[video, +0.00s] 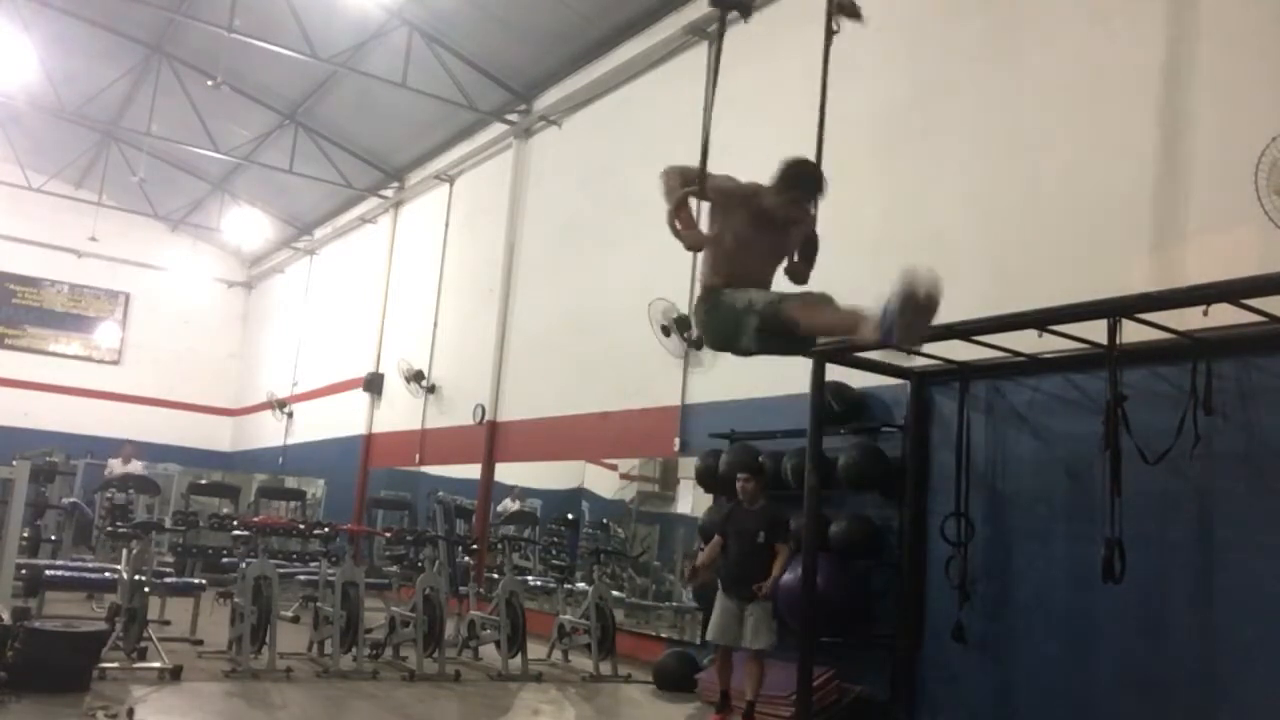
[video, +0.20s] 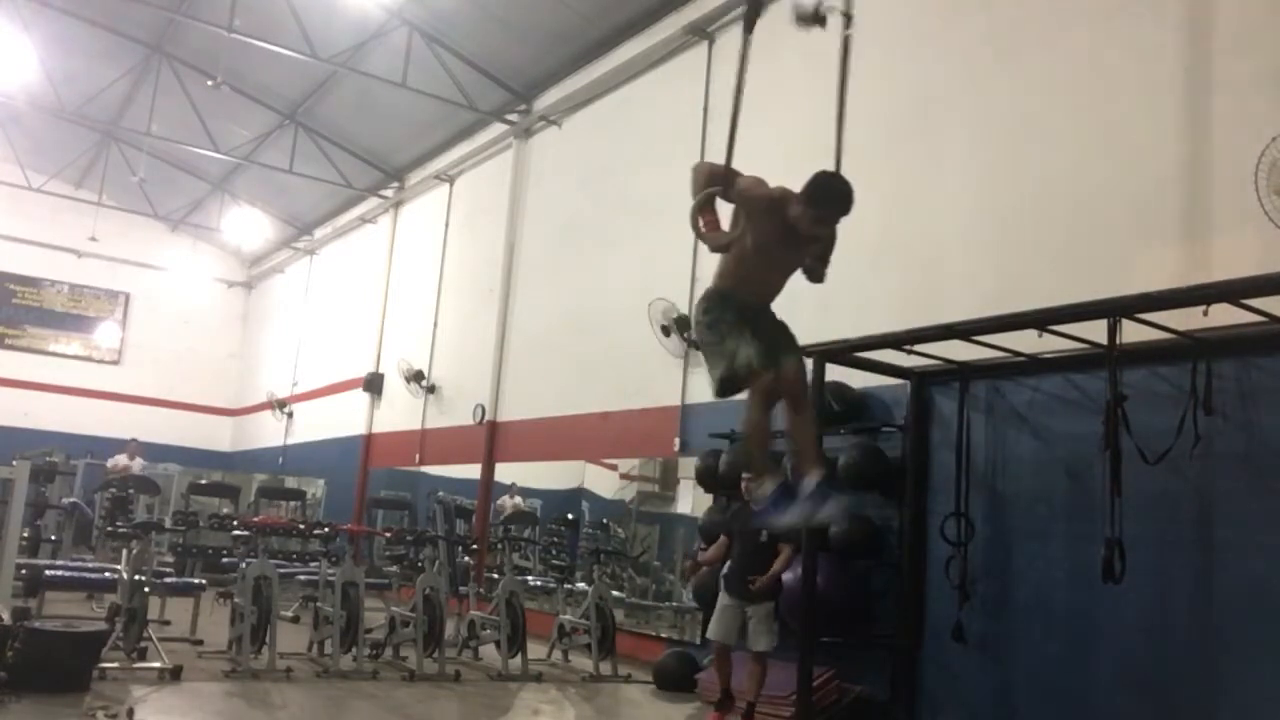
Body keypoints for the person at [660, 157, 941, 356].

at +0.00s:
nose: (800, 215)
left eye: (805, 209)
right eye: (796, 207)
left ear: (808, 203)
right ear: (778, 193)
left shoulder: (799, 222)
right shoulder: (738, 194)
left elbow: (798, 277)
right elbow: (673, 177)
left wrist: (809, 245)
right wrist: (685, 225)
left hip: (754, 307)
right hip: (716, 306)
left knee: (818, 306)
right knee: (798, 309)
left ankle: (888, 329)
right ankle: (876, 326)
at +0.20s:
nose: (818, 230)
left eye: (826, 226)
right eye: (814, 221)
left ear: (834, 220)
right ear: (799, 202)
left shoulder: (824, 233)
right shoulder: (761, 198)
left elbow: (816, 275)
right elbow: (705, 171)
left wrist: (809, 260)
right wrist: (707, 222)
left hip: (760, 314)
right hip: (721, 308)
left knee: (796, 384)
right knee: (764, 382)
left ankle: (810, 481)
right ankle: (761, 485)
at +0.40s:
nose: (842, 225)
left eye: (850, 219)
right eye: (839, 215)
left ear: (854, 212)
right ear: (822, 196)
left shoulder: (843, 228)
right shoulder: (781, 195)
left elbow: (835, 273)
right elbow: (721, 169)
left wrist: (835, 260)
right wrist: (729, 226)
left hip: (775, 320)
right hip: (735, 313)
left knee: (769, 417)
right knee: (738, 417)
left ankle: (745, 516)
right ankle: (707, 516)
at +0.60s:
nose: (850, 225)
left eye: (857, 218)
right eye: (846, 215)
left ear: (860, 213)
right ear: (828, 197)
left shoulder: (848, 230)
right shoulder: (786, 196)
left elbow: (841, 274)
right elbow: (726, 172)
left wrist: (842, 260)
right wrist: (734, 231)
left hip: (776, 317)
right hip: (737, 309)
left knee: (779, 413)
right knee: (747, 408)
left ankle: (766, 510)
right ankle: (728, 512)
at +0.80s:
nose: (836, 209)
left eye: (842, 202)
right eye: (831, 200)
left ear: (846, 198)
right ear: (811, 187)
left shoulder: (838, 226)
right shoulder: (770, 200)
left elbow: (858, 275)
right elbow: (706, 190)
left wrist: (860, 255)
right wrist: (727, 233)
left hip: (777, 320)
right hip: (739, 316)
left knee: (817, 378)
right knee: (783, 378)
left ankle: (842, 475)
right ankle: (803, 487)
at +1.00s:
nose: (798, 254)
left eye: (804, 248)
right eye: (793, 245)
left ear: (807, 247)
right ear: (773, 236)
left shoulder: (801, 281)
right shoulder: (738, 270)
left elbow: (819, 321)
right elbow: (686, 301)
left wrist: (853, 283)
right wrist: (717, 260)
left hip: (791, 367)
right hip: (750, 371)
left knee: (853, 358)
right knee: (820, 366)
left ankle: (897, 431)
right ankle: (866, 453)